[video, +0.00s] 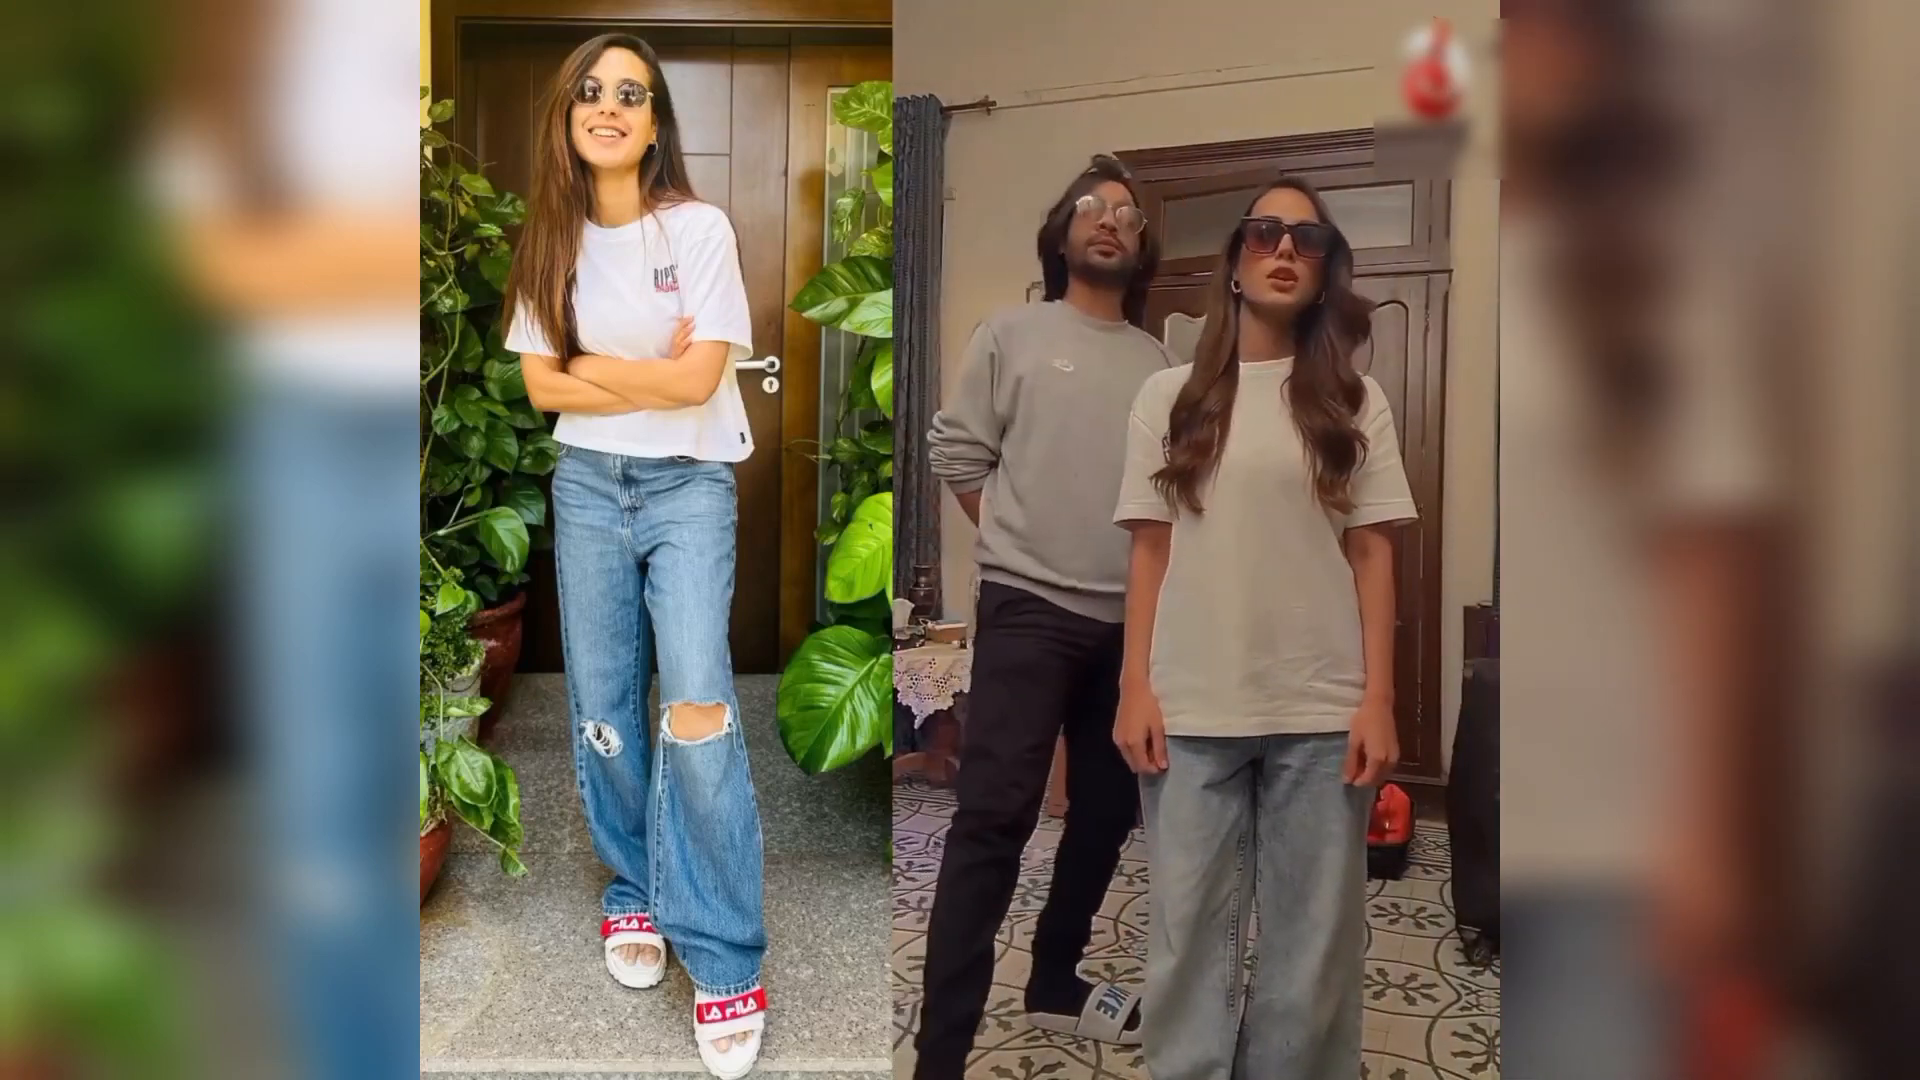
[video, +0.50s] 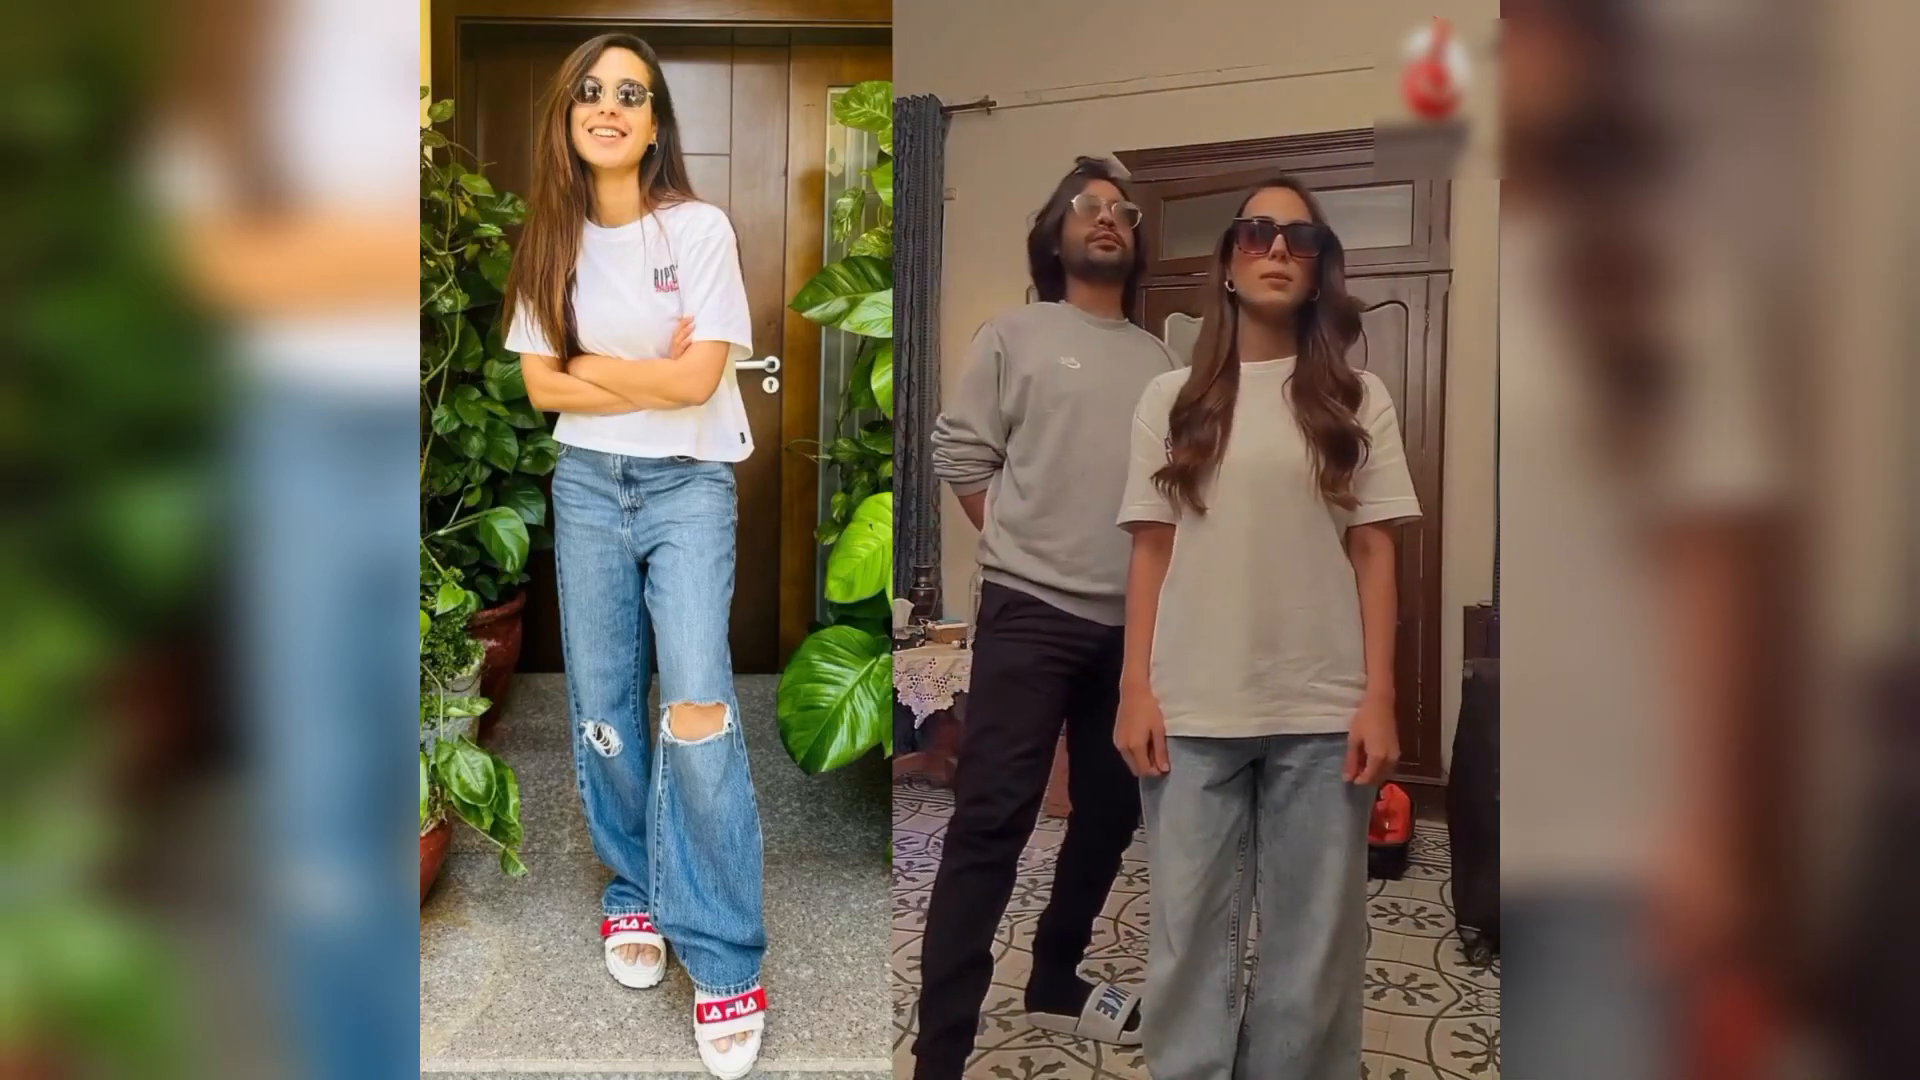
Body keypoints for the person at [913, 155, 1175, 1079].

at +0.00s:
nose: (1109, 219)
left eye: (1125, 213)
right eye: (1093, 208)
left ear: (1143, 245)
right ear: (1060, 236)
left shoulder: (1165, 359)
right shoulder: (1010, 332)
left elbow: (1181, 489)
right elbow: (958, 456)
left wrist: (1134, 560)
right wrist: (1021, 543)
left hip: (1130, 616)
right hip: (1024, 606)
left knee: (1104, 809)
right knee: (992, 817)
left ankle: (1055, 982)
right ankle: (941, 1055)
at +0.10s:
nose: (1108, 218)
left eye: (1124, 210)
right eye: (1091, 207)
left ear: (1141, 242)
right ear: (1058, 234)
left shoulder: (1163, 356)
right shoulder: (1010, 330)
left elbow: (1177, 484)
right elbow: (957, 453)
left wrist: (1143, 566)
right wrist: (1010, 548)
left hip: (1128, 618)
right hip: (1021, 608)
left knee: (1103, 808)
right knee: (990, 818)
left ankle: (1055, 980)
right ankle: (943, 1053)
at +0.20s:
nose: (1105, 225)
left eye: (1119, 216)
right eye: (1087, 213)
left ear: (1135, 242)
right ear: (1051, 234)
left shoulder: (1158, 358)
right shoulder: (1008, 335)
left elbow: (1173, 489)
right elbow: (953, 458)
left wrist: (1139, 569)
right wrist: (1010, 554)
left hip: (1127, 620)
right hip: (1021, 611)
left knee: (1107, 815)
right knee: (986, 825)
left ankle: (1055, 983)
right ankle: (941, 1056)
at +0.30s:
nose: (1097, 228)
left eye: (1111, 218)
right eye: (1078, 216)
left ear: (1129, 246)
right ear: (1042, 241)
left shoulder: (1155, 361)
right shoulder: (1003, 346)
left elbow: (1173, 492)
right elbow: (956, 474)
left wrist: (1136, 571)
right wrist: (1016, 561)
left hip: (1129, 623)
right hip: (1023, 614)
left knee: (1112, 816)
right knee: (989, 825)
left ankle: (1055, 980)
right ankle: (945, 1054)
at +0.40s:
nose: (1100, 221)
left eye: (1113, 213)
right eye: (1080, 210)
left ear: (1131, 244)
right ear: (1045, 238)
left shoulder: (1160, 356)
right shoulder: (1007, 341)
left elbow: (1177, 484)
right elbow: (957, 465)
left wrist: (1145, 568)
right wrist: (1017, 555)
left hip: (1132, 618)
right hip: (1027, 611)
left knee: (1109, 812)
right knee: (991, 822)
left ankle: (1056, 982)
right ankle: (941, 1054)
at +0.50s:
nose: (1108, 221)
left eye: (1121, 213)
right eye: (1089, 210)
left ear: (1138, 242)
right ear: (1053, 237)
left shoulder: (1164, 356)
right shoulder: (1012, 336)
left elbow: (1180, 485)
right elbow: (961, 459)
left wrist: (1145, 567)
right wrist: (1020, 550)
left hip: (1132, 619)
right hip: (1027, 610)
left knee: (1107, 810)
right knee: (990, 821)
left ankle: (1056, 980)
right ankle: (940, 1054)